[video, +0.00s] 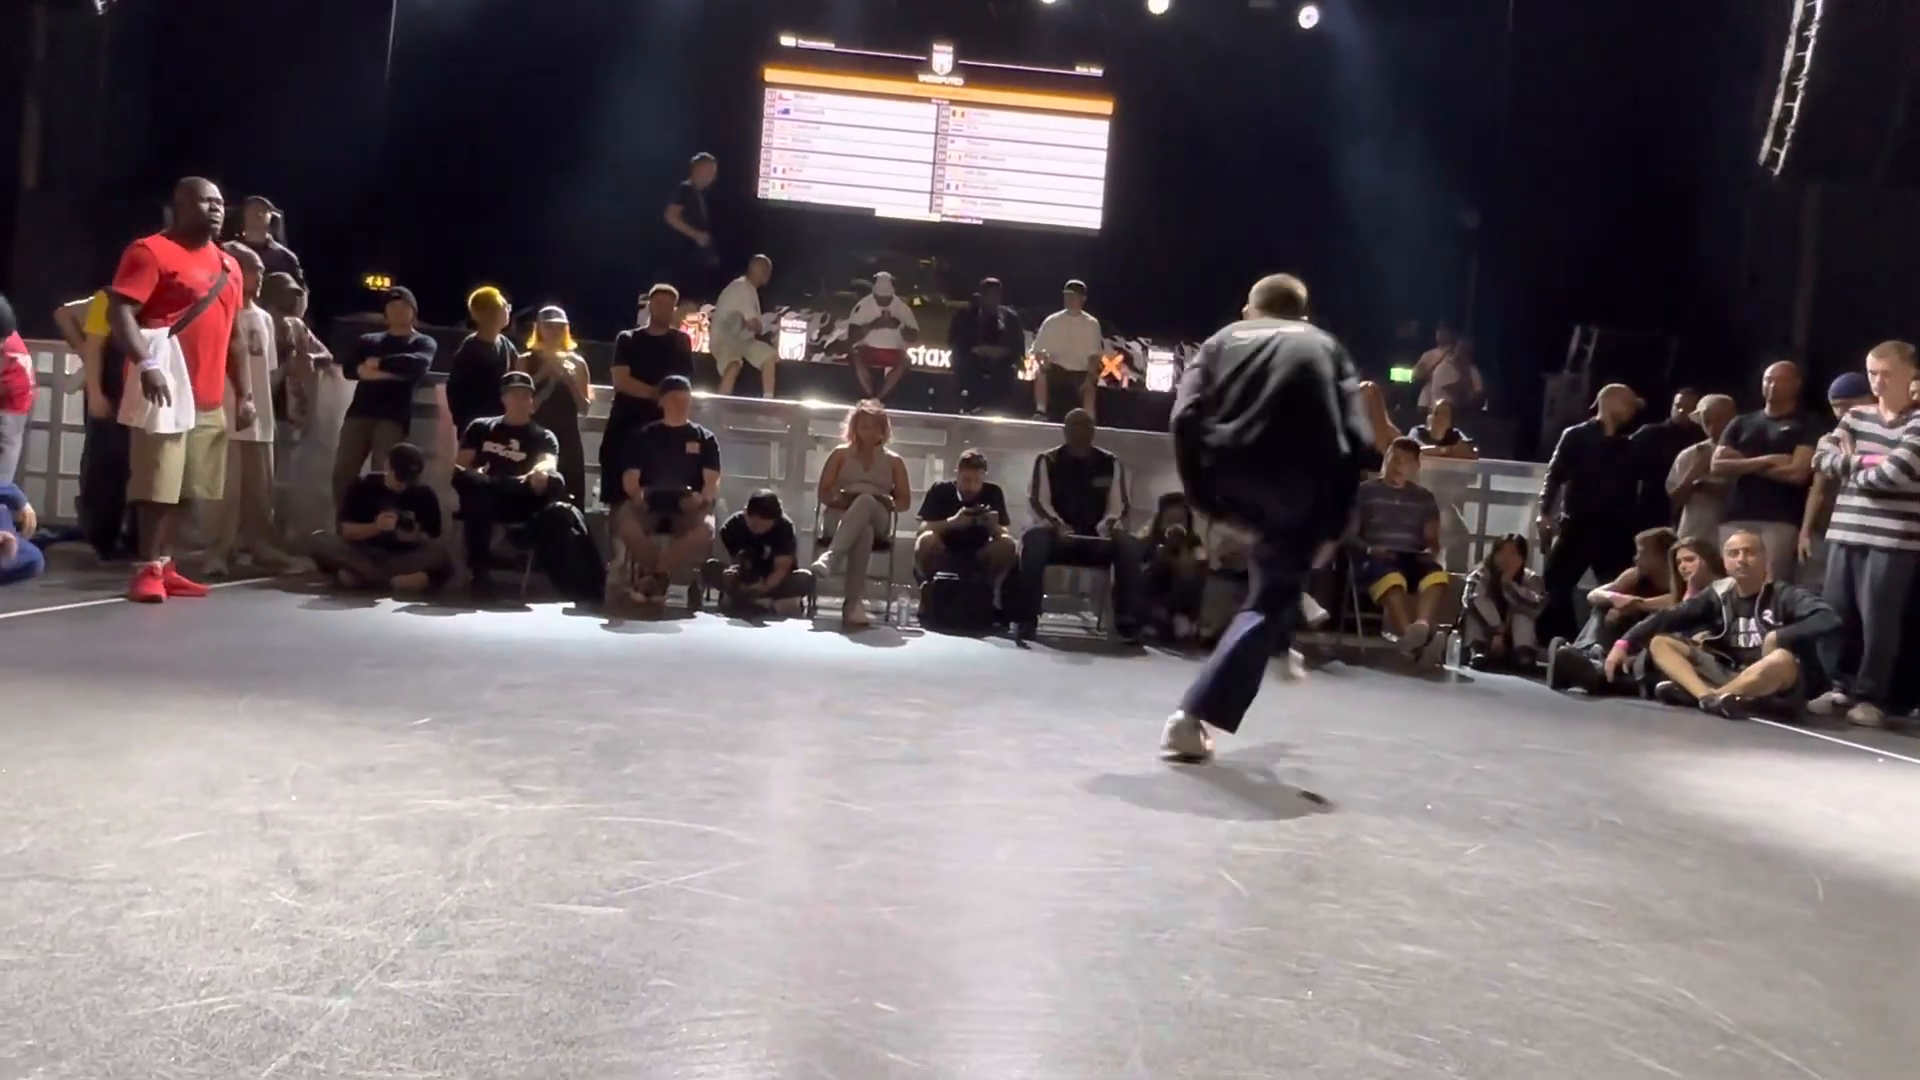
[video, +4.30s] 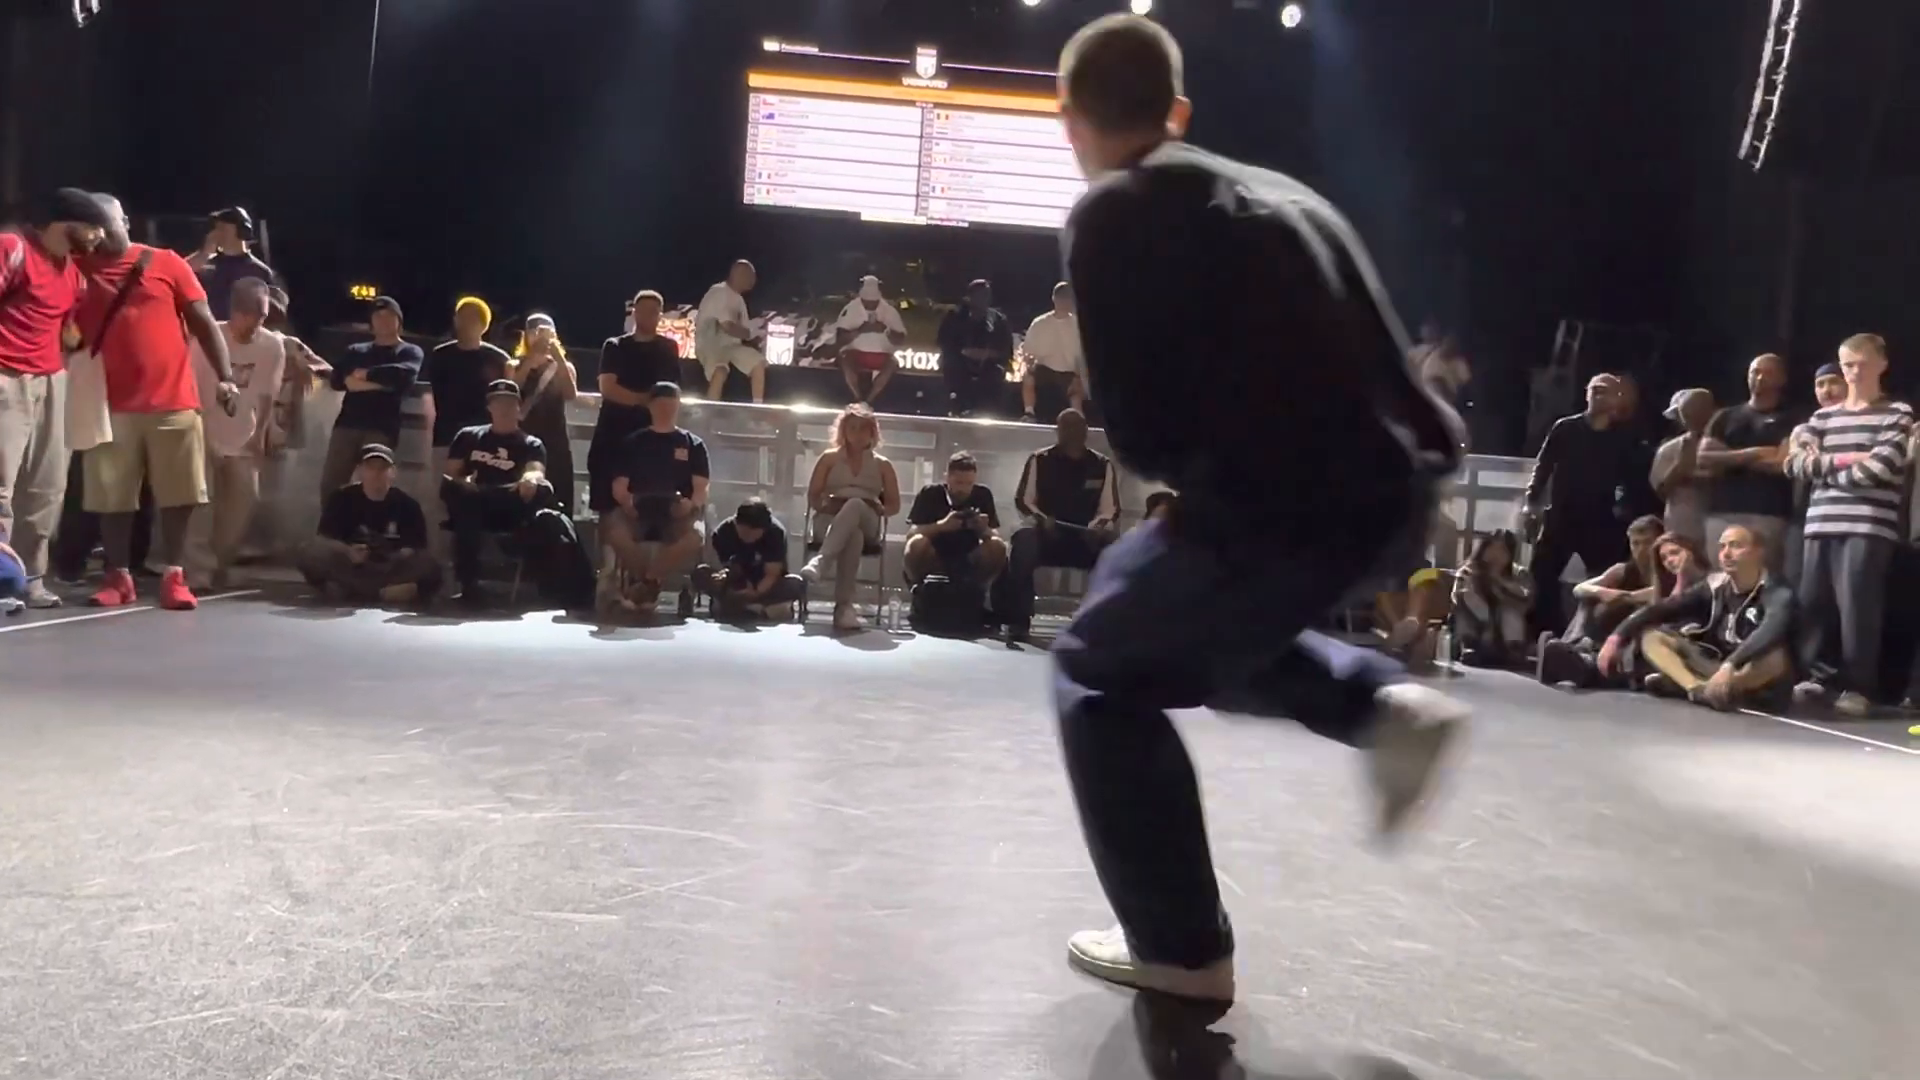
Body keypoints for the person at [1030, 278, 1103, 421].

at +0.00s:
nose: (1070, 299)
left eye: (1074, 295)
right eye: (1068, 295)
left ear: (1083, 298)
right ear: (1064, 297)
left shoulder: (1092, 324)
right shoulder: (1052, 321)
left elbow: (1095, 355)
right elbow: (1038, 348)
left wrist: (1090, 379)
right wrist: (1043, 361)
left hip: (1081, 370)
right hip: (1057, 368)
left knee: (1090, 384)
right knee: (1041, 373)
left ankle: (1089, 420)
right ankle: (1040, 411)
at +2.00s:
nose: (1083, 296)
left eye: (1086, 292)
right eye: (1079, 291)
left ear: (1091, 295)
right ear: (1072, 293)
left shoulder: (1097, 321)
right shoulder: (1058, 317)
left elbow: (1099, 352)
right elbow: (1045, 345)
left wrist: (1095, 375)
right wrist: (1046, 359)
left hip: (1086, 366)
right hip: (1061, 363)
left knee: (1094, 382)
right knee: (1045, 371)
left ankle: (1094, 418)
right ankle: (1045, 407)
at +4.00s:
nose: (1073, 302)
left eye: (1076, 298)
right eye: (1069, 297)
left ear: (1080, 301)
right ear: (1061, 300)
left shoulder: (1086, 326)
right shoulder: (1046, 323)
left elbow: (1088, 358)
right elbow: (1034, 350)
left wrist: (1083, 382)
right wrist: (1035, 364)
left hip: (1075, 371)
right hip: (1051, 368)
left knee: (1083, 385)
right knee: (1034, 376)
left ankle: (1084, 419)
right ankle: (1035, 412)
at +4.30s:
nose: (1064, 304)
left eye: (1067, 299)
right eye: (1061, 299)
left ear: (1073, 301)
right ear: (1054, 300)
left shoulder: (1077, 323)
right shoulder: (1039, 323)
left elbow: (1083, 353)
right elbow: (1028, 350)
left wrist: (1081, 375)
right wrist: (1029, 361)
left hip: (1071, 371)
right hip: (1045, 369)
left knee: (1075, 386)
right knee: (1028, 376)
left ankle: (1077, 419)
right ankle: (1029, 412)